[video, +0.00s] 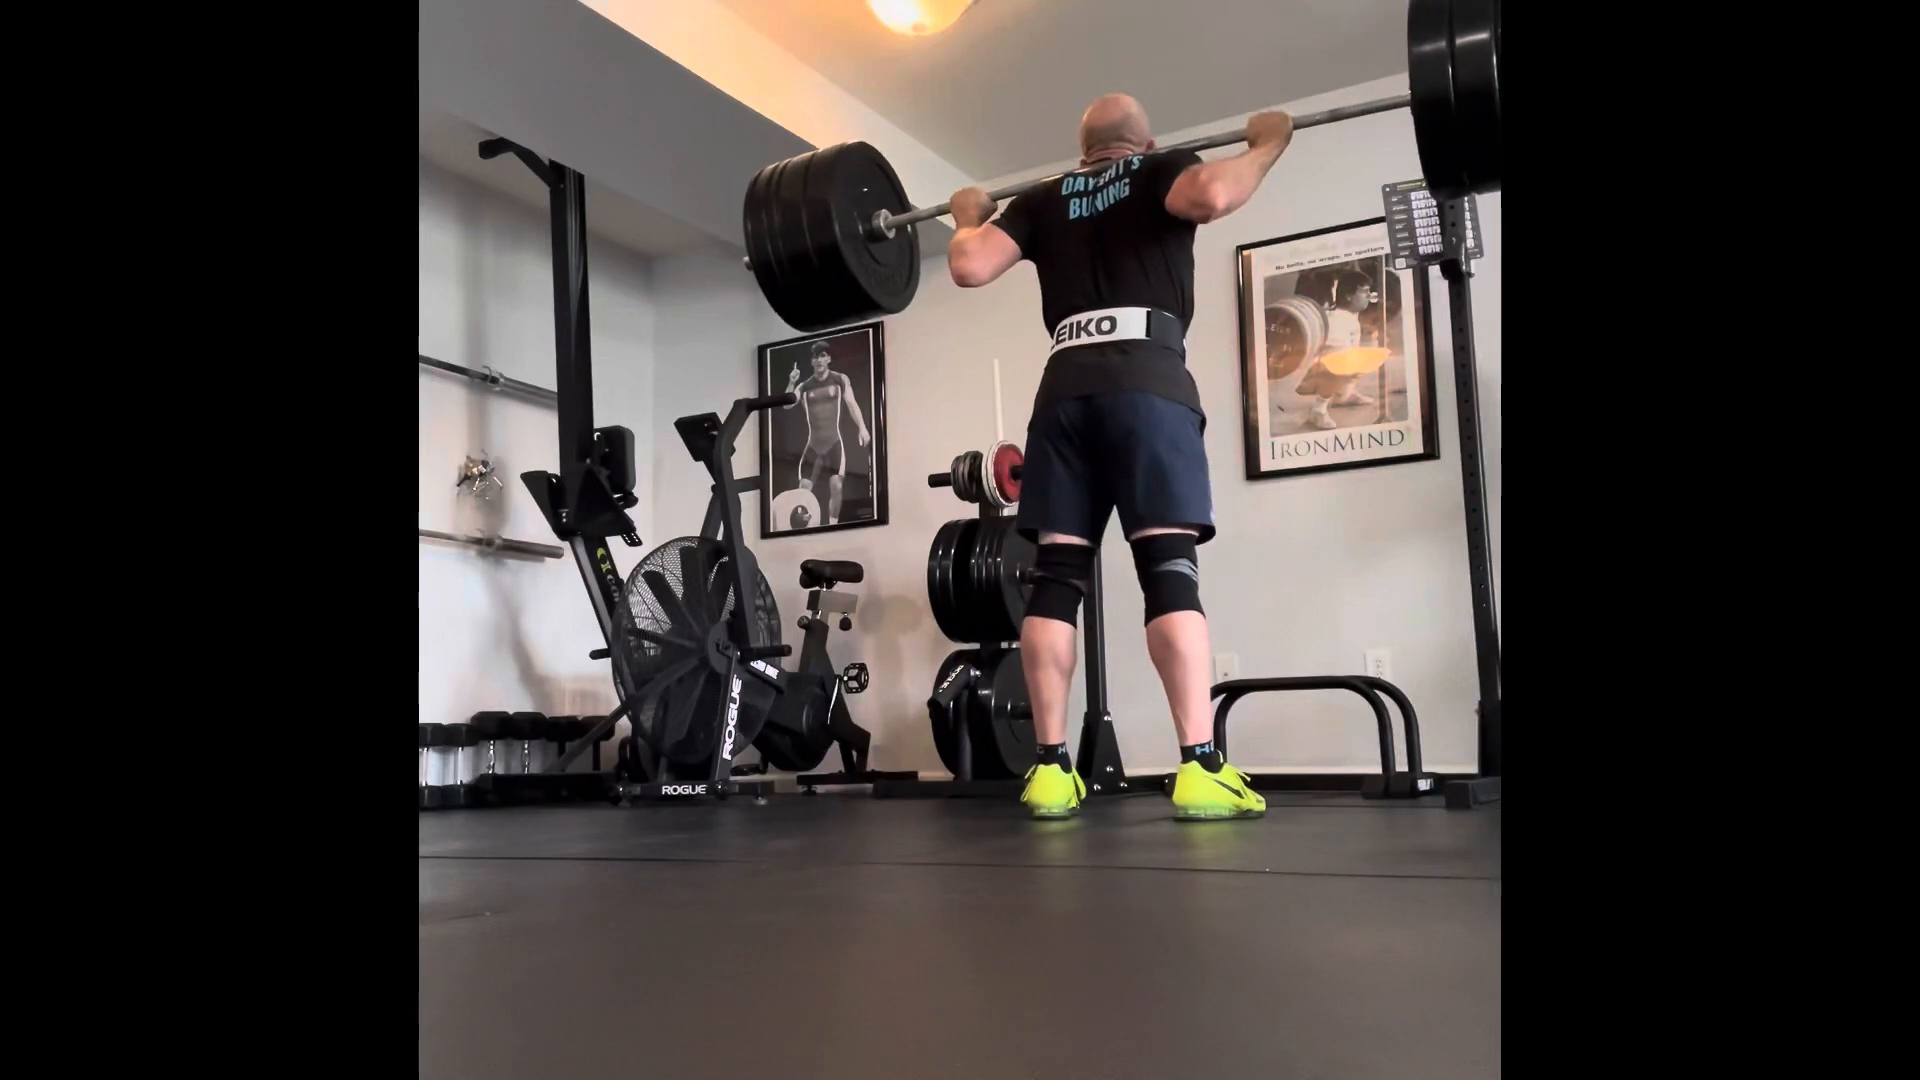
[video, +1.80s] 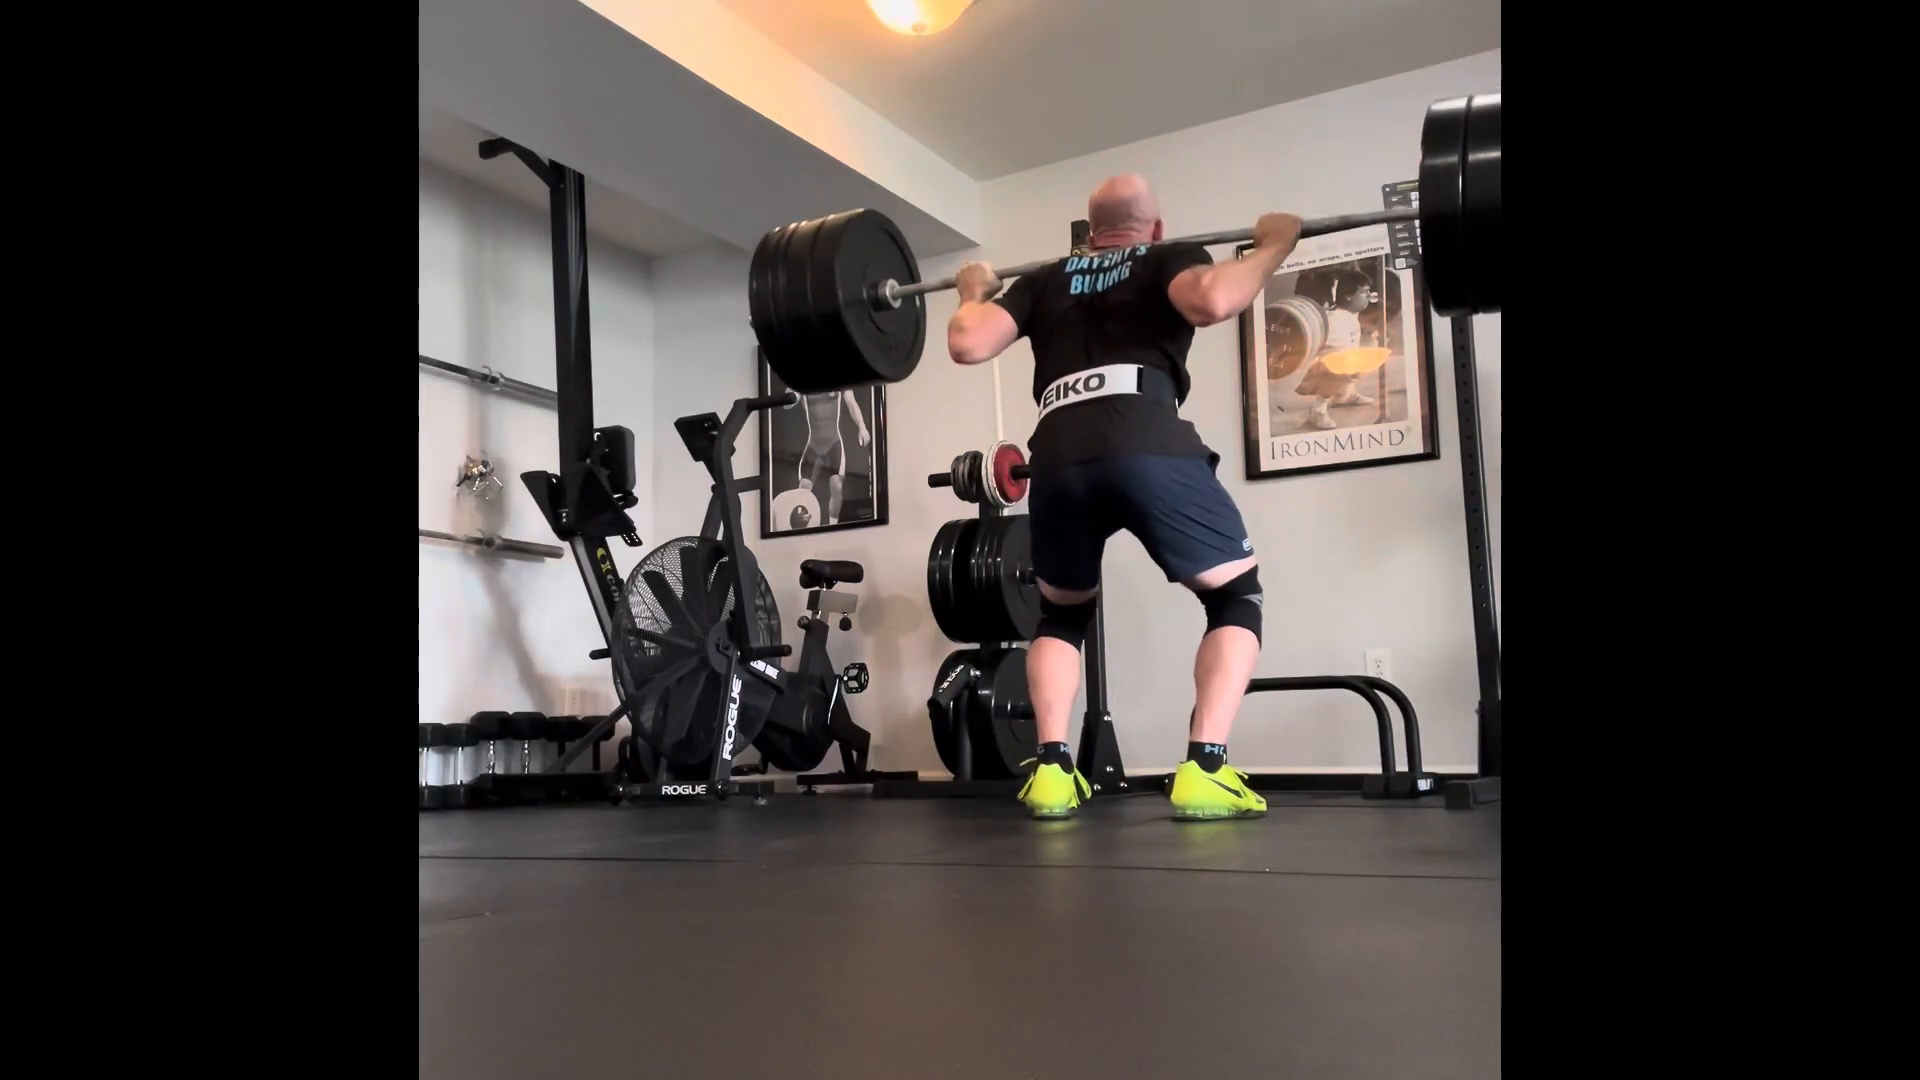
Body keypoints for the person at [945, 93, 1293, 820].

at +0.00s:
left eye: (1091, 137)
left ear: (1081, 150)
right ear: (1148, 142)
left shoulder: (1041, 201)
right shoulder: (1162, 166)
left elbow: (968, 265)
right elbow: (1215, 194)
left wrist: (967, 217)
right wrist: (1265, 146)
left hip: (1064, 388)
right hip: (1150, 384)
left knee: (1056, 576)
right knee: (1169, 571)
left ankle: (1051, 765)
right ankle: (1200, 764)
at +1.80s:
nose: (1157, 230)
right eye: (1157, 223)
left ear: (1087, 230)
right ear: (1155, 228)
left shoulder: (1044, 281)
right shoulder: (1169, 257)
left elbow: (965, 345)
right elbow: (1211, 302)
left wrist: (971, 292)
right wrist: (1271, 246)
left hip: (1057, 450)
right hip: (1149, 438)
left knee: (1061, 612)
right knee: (1234, 598)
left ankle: (1052, 767)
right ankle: (1205, 765)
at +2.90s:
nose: (1166, 383)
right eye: (1166, 378)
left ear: (1101, 386)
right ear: (1165, 382)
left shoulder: (1045, 430)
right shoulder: (1180, 413)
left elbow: (968, 512)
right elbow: (1226, 470)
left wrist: (973, 445)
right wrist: (1285, 410)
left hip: (1038, 567)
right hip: (1135, 556)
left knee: (1058, 637)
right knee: (1249, 613)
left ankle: (1052, 768)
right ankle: (1205, 768)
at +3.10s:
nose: (1170, 402)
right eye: (1169, 394)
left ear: (1102, 405)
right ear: (1169, 400)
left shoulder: (1048, 448)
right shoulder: (1182, 433)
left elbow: (968, 530)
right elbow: (1229, 494)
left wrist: (976, 463)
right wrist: (1290, 428)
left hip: (1041, 596)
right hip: (1142, 588)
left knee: (1054, 638)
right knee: (1252, 612)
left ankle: (1053, 769)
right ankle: (1205, 768)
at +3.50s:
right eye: (1176, 425)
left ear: (1105, 430)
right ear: (1173, 430)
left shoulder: (1051, 474)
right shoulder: (1186, 460)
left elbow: (972, 557)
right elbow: (1232, 523)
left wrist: (980, 490)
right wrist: (1292, 457)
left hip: (1044, 630)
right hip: (1147, 620)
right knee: (1254, 609)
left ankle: (1053, 769)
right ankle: (1204, 768)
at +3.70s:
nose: (1176, 410)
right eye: (1174, 402)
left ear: (1105, 410)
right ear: (1171, 406)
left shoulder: (1047, 447)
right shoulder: (1181, 433)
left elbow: (968, 525)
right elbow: (1227, 488)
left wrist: (977, 464)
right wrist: (1291, 427)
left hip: (1034, 585)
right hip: (1137, 577)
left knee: (1061, 633)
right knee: (1236, 607)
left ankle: (1054, 769)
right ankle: (1204, 768)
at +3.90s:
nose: (1173, 362)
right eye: (1172, 356)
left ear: (1103, 358)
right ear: (1164, 358)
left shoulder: (1046, 398)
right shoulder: (1175, 385)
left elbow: (963, 473)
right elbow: (1220, 428)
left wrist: (974, 417)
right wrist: (1280, 379)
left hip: (1028, 524)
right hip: (1124, 513)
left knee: (1084, 620)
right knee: (1218, 605)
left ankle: (1054, 770)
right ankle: (1204, 767)